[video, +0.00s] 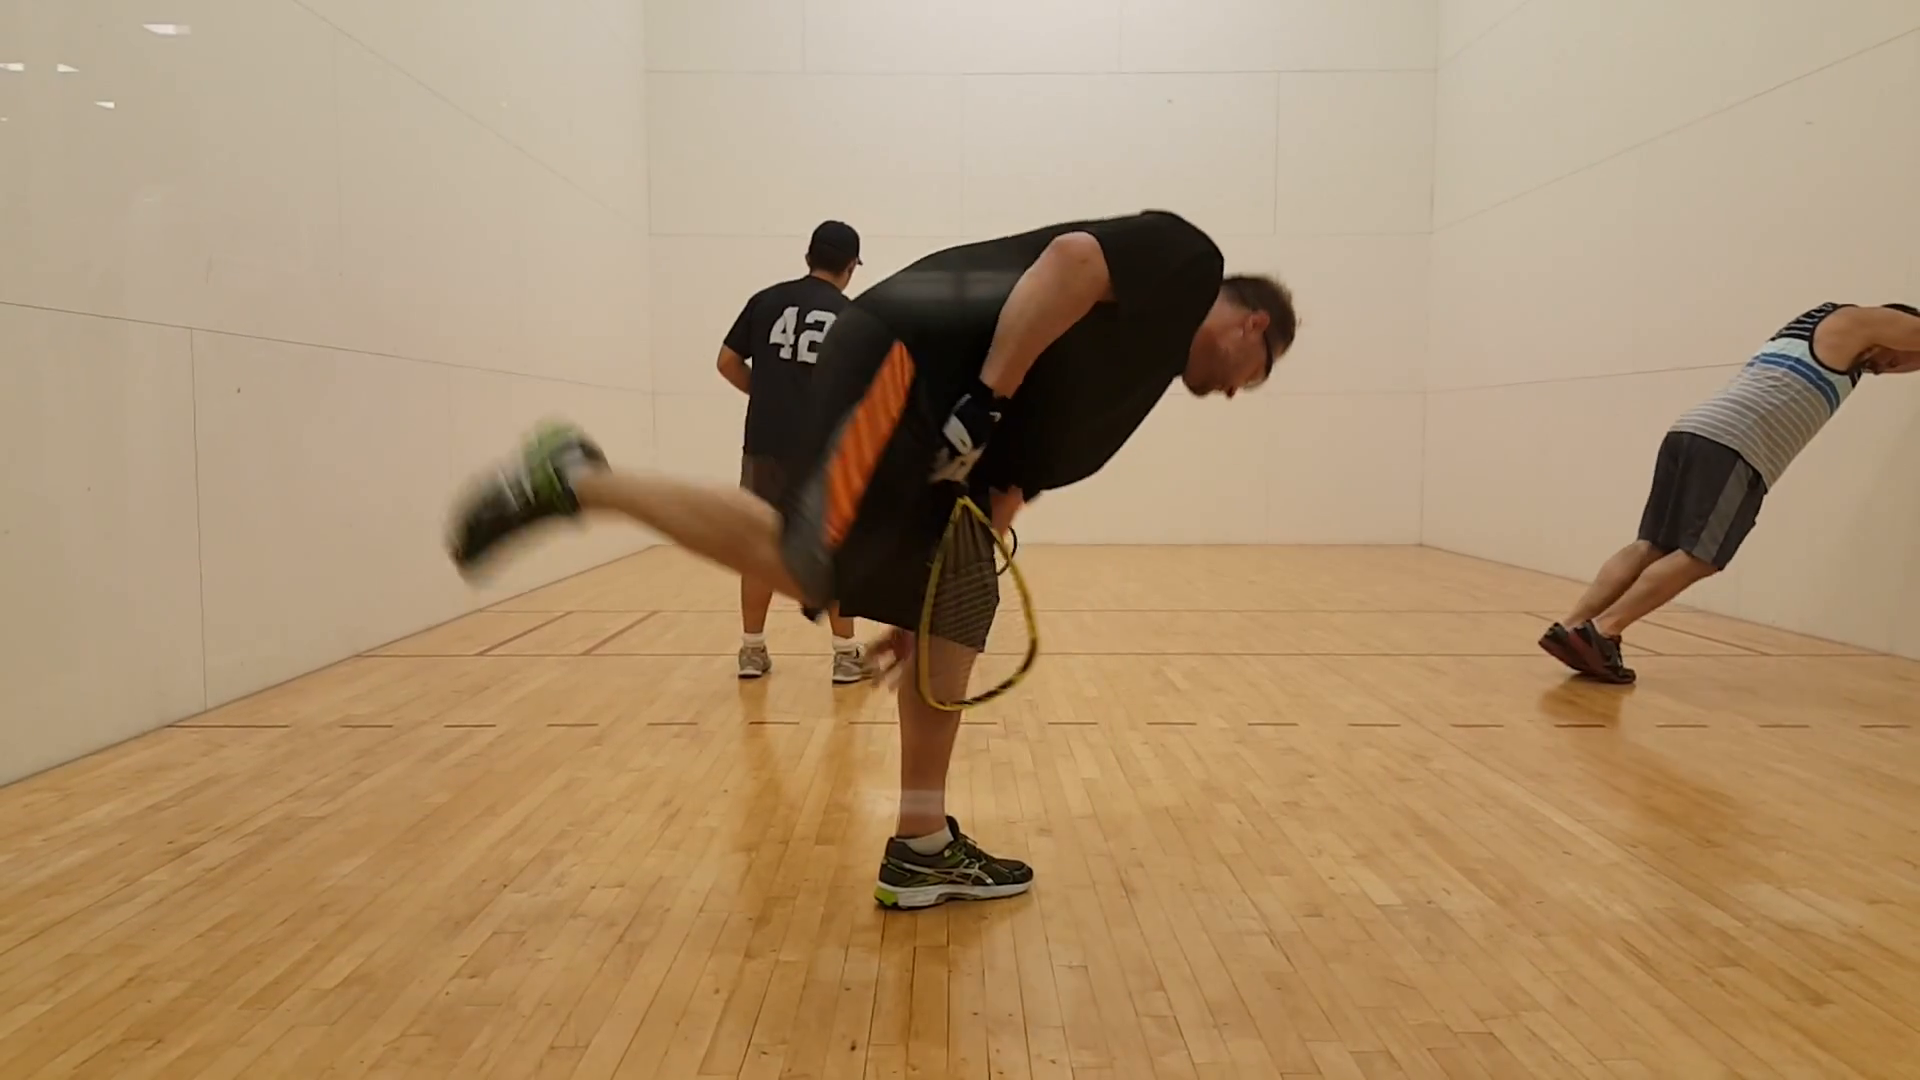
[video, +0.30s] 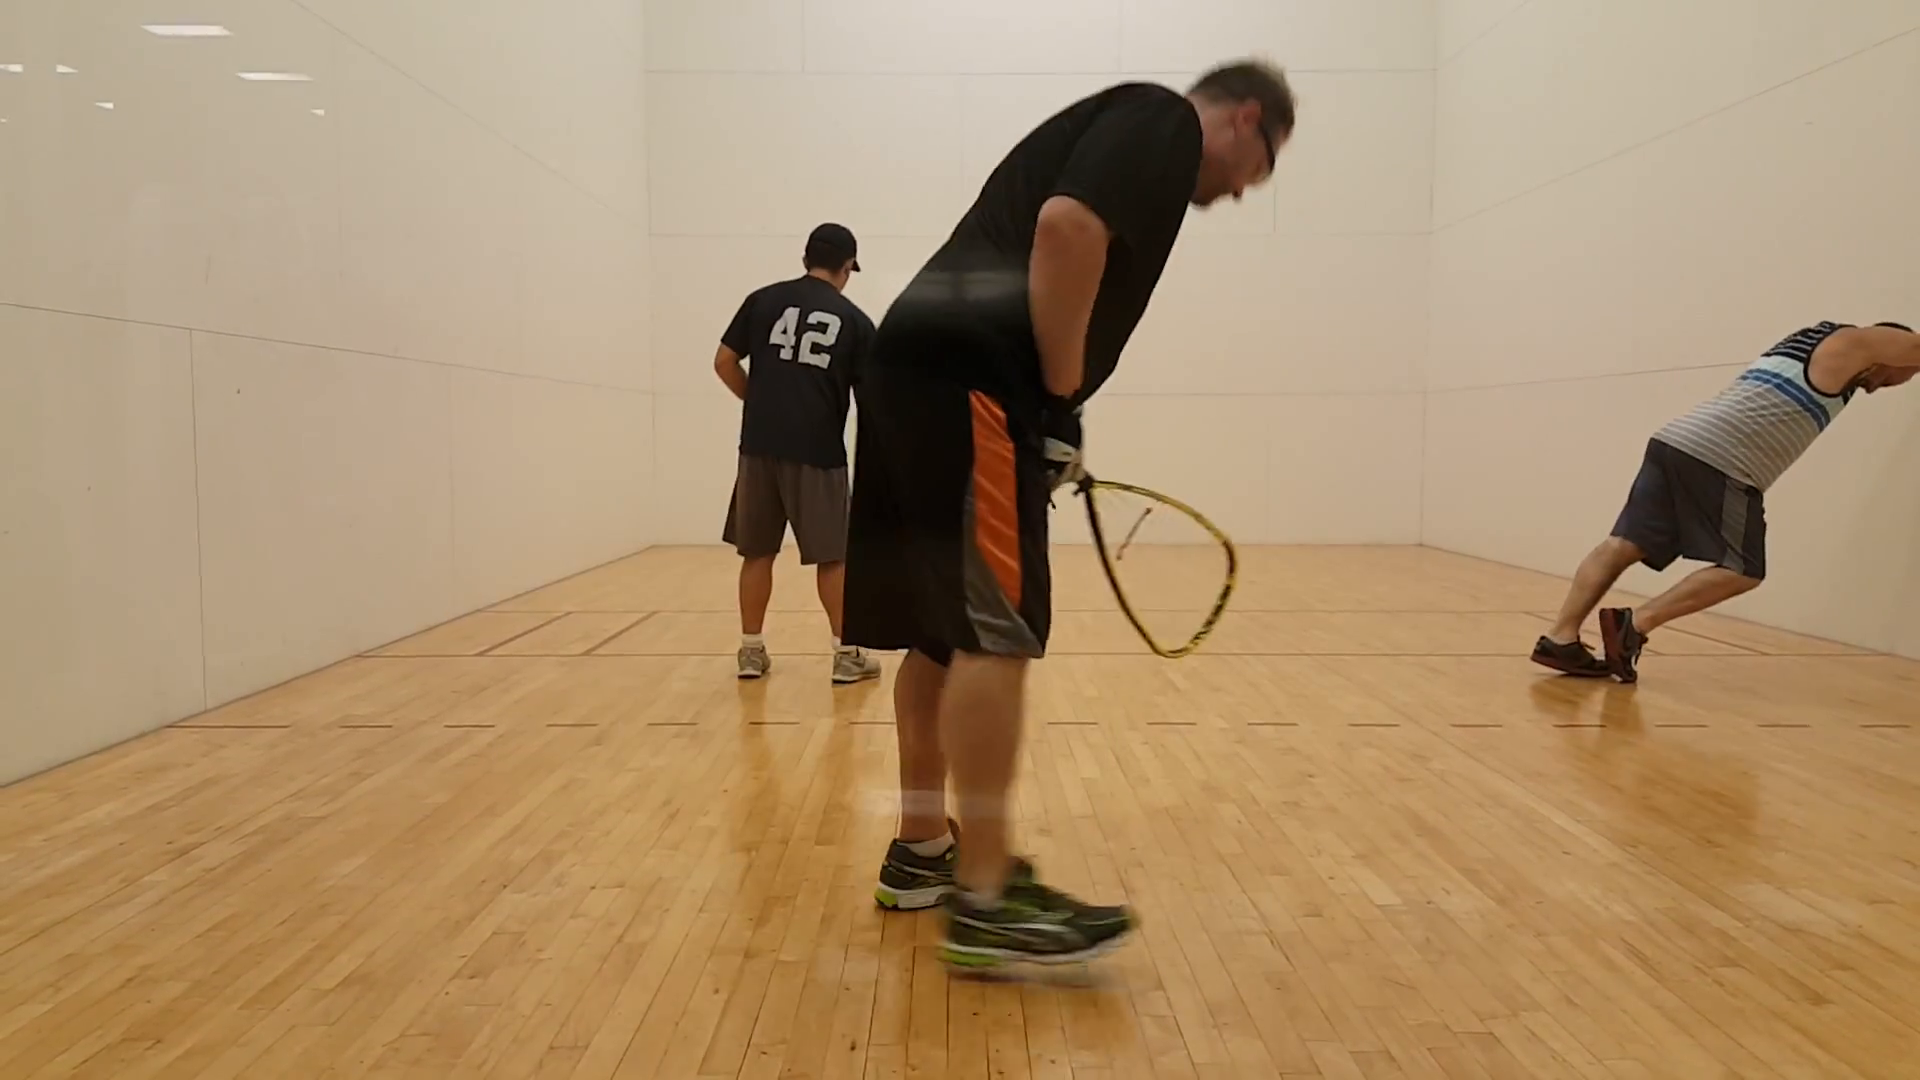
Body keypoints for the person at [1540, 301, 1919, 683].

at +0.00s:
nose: (1894, 367)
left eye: (1903, 363)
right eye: (1901, 357)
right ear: (1892, 333)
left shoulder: (1811, 327)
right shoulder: (1852, 323)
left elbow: (1902, 363)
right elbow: (1919, 342)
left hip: (1690, 433)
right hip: (1733, 449)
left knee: (1654, 542)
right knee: (1700, 556)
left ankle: (1573, 627)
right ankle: (1603, 632)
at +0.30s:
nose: (1889, 387)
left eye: (1898, 380)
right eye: (1898, 375)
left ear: (1879, 350)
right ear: (1885, 352)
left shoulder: (1806, 339)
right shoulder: (1850, 347)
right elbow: (1917, 348)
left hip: (1673, 442)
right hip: (1725, 466)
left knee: (1623, 545)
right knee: (1742, 571)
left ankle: (1560, 638)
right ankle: (1634, 625)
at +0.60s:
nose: (1897, 372)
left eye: (1905, 366)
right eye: (1904, 361)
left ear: (1888, 341)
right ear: (1891, 339)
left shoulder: (1810, 330)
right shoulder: (1855, 335)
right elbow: (1918, 338)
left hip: (1685, 438)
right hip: (1730, 461)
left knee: (1637, 543)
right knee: (1709, 570)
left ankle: (1564, 631)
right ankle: (1604, 632)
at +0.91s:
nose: (1897, 369)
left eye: (1906, 364)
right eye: (1906, 359)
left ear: (1894, 333)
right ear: (1897, 333)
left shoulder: (1820, 330)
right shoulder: (1851, 325)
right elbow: (1919, 332)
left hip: (1705, 439)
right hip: (1730, 451)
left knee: (1665, 548)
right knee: (1675, 551)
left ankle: (1579, 625)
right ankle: (1588, 634)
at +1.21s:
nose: (1898, 390)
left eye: (1906, 384)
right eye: (1905, 379)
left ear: (1890, 362)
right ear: (1892, 358)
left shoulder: (1825, 358)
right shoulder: (1852, 350)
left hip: (1730, 475)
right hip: (1726, 467)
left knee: (1705, 580)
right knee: (1654, 554)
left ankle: (1592, 618)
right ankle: (1575, 645)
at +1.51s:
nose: (1900, 375)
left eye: (1908, 368)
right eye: (1907, 363)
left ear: (1891, 340)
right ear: (1895, 337)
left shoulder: (1825, 343)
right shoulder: (1851, 334)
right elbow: (1917, 336)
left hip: (1738, 464)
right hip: (1734, 459)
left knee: (1698, 570)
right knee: (1672, 552)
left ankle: (1587, 620)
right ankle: (1583, 637)